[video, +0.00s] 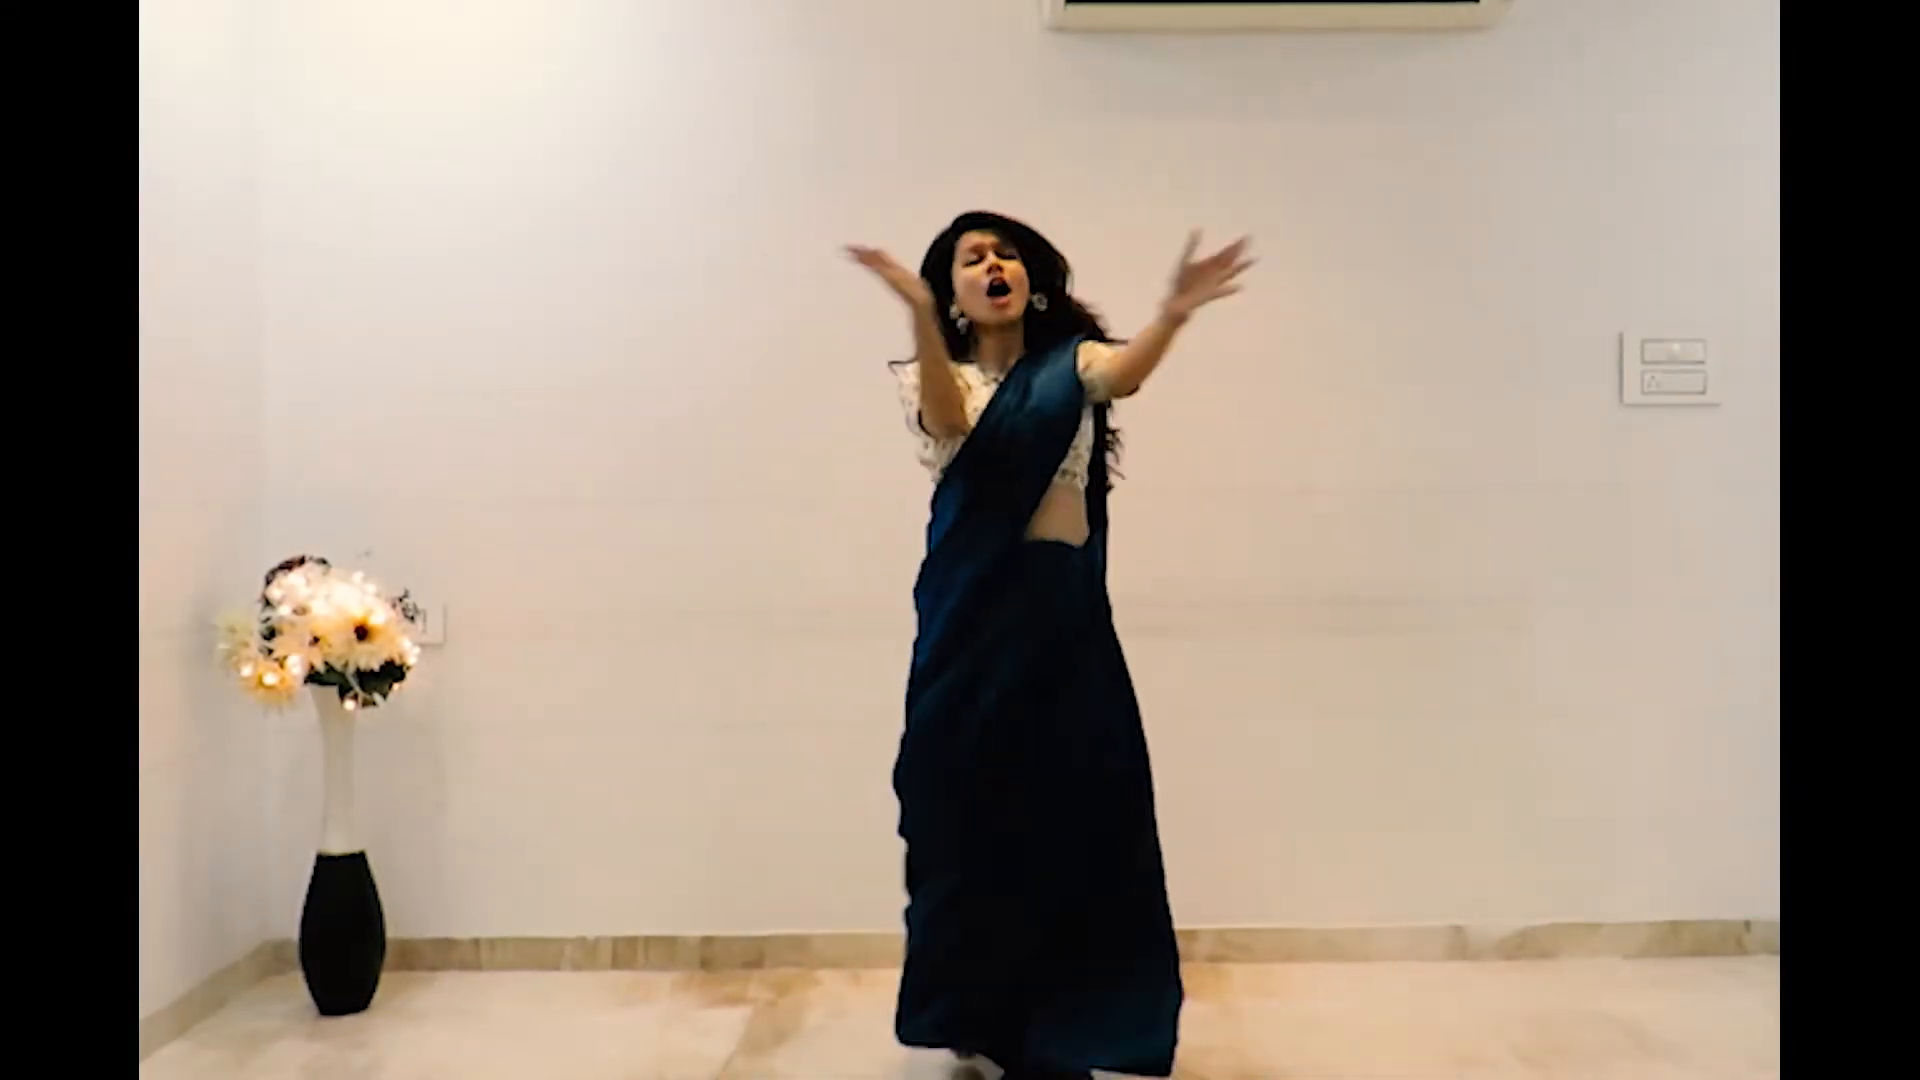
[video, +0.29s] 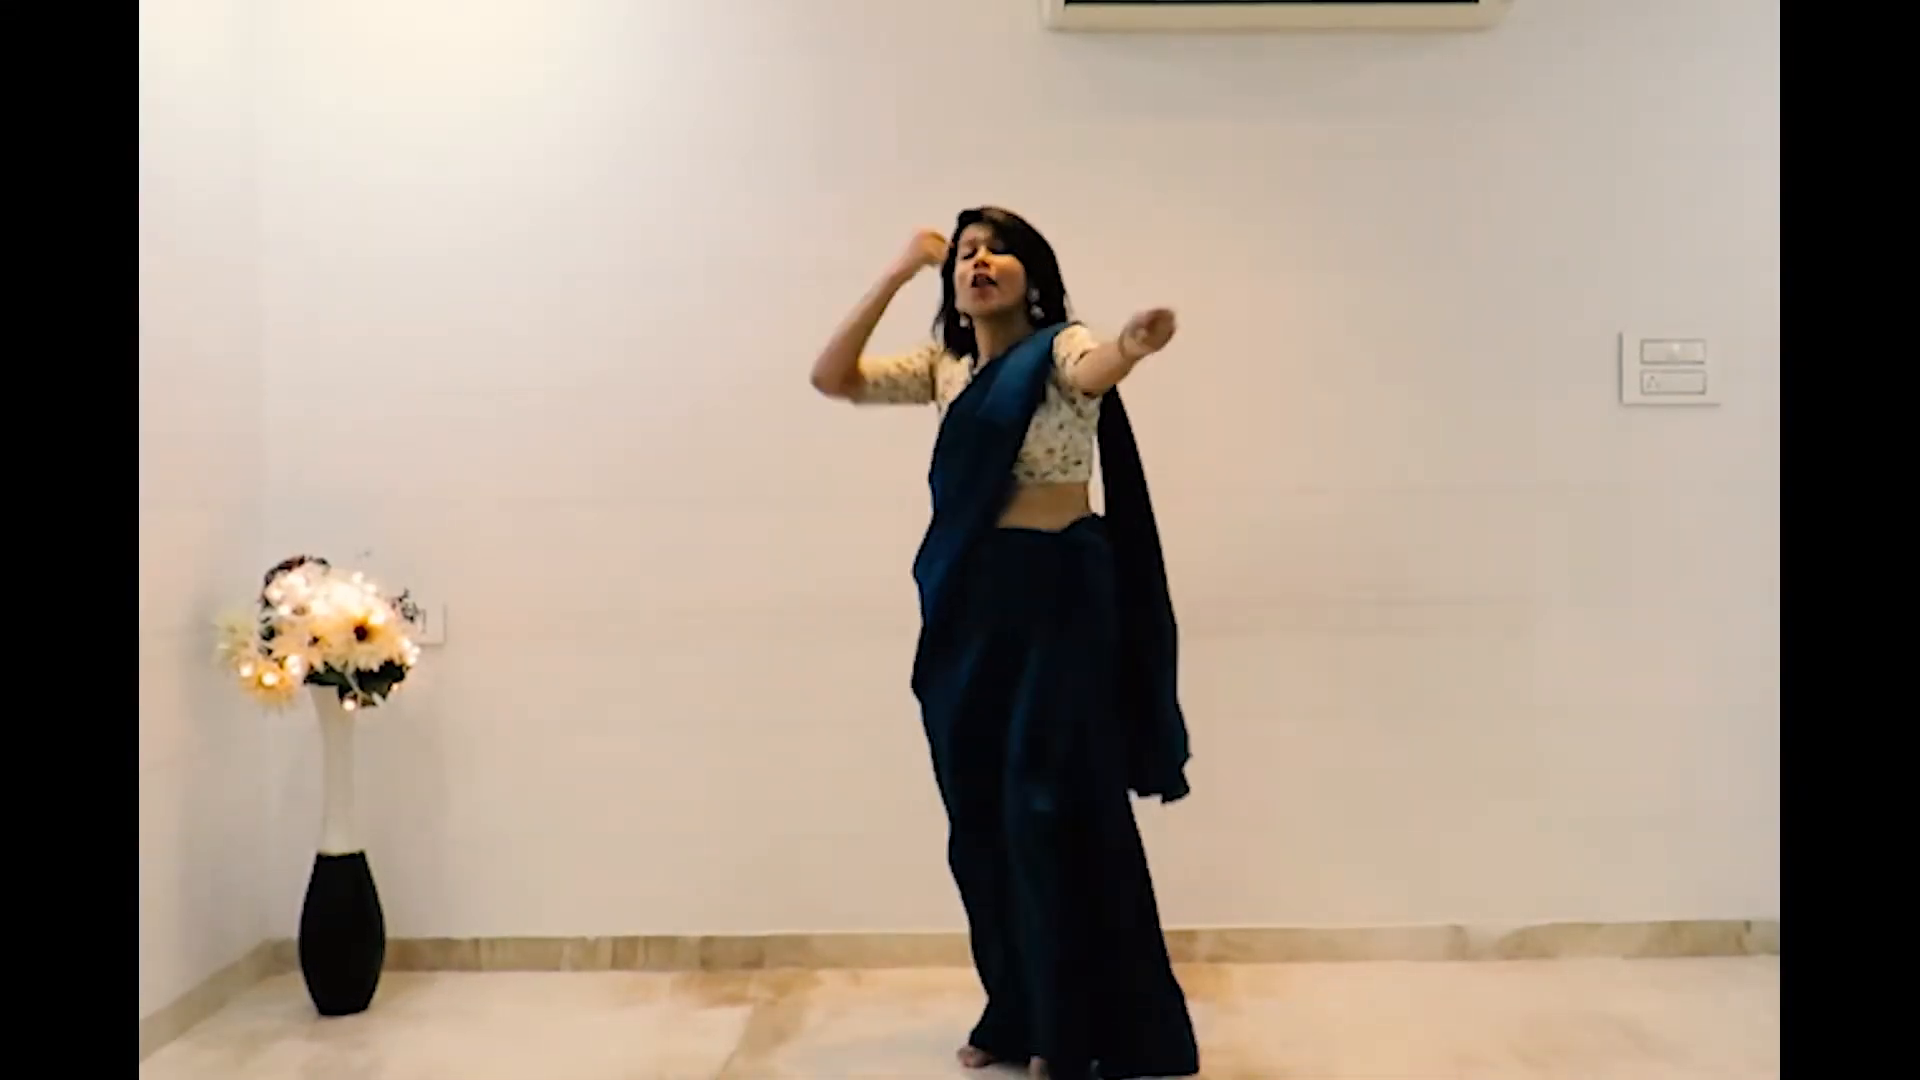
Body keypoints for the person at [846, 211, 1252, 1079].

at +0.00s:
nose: (992, 266)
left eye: (1006, 253)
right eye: (972, 258)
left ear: (1036, 282)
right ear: (949, 293)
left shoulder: (1072, 360)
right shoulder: (937, 379)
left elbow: (1125, 369)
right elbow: (945, 413)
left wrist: (1174, 310)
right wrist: (922, 309)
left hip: (1066, 620)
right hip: (965, 623)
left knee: (1078, 822)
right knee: (960, 822)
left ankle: (1074, 1043)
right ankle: (956, 1040)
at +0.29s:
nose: (979, 261)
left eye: (998, 249)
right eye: (966, 253)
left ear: (1035, 278)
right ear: (953, 287)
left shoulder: (1061, 346)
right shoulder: (945, 366)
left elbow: (1090, 364)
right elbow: (831, 377)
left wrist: (1127, 347)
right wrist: (900, 271)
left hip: (1063, 597)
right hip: (970, 603)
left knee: (1047, 811)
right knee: (979, 817)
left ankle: (1071, 1036)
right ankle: (1010, 1013)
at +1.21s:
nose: (996, 244)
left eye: (1015, 237)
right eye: (991, 232)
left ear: (1043, 267)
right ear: (978, 259)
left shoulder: (1050, 347)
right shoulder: (977, 347)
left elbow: (1069, 301)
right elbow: (877, 335)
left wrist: (1054, 275)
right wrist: (914, 298)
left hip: (1030, 568)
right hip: (977, 569)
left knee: (1008, 784)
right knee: (969, 781)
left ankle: (1013, 1009)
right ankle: (971, 1002)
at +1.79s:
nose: (969, 309)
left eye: (982, 296)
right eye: (975, 296)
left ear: (1012, 314)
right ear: (1043, 317)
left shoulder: (992, 411)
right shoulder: (1044, 395)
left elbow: (875, 453)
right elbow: (933, 424)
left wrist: (916, 366)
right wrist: (871, 455)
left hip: (982, 652)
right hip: (1031, 645)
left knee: (909, 819)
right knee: (996, 823)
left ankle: (811, 1008)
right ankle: (1013, 1001)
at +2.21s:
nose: (1041, 251)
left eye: (1060, 244)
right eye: (1028, 239)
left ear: (1085, 275)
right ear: (997, 261)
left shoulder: (1093, 360)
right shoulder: (972, 360)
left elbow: (1028, 453)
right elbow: (921, 478)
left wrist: (934, 352)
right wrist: (904, 366)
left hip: (1070, 612)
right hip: (991, 611)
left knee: (1072, 806)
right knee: (988, 803)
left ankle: (1094, 1029)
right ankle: (984, 1016)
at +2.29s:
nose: (1038, 270)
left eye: (1058, 263)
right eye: (1024, 257)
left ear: (1078, 292)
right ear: (993, 279)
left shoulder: (1100, 386)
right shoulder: (959, 387)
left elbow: (1104, 508)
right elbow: (908, 521)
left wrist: (987, 462)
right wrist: (939, 465)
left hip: (1081, 639)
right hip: (988, 638)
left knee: (1085, 838)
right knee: (983, 835)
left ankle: (1099, 1049)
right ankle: (988, 1047)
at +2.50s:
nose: (1041, 217)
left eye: (1056, 206)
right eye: (1020, 208)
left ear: (1081, 236)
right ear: (992, 239)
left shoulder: (1120, 347)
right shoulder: (956, 324)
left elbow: (1207, 438)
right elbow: (828, 387)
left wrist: (1188, 461)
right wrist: (924, 464)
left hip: (1067, 598)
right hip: (965, 594)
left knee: (1061, 790)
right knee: (972, 802)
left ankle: (1097, 1017)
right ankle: (1003, 1025)